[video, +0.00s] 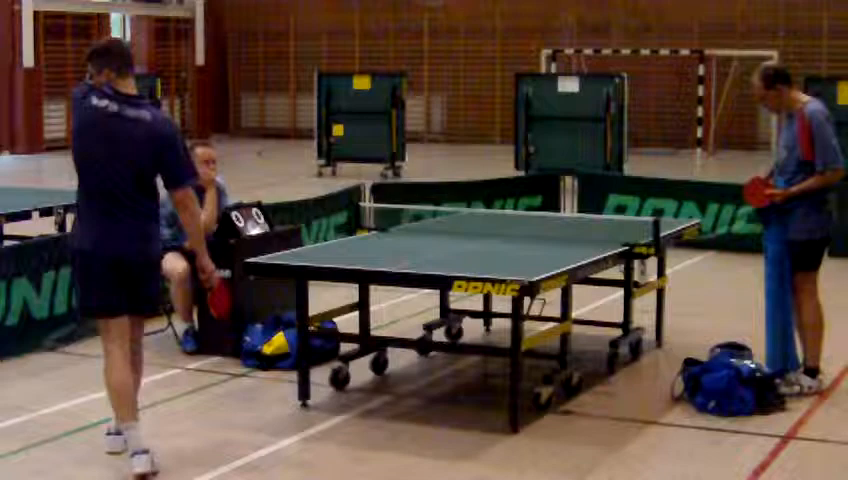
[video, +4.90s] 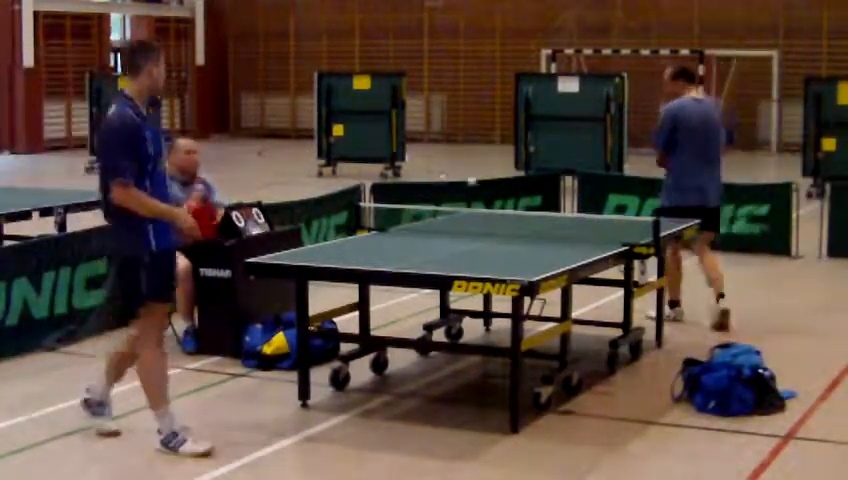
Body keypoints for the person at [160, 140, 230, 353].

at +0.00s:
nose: (211, 169)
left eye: (213, 163)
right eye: (205, 163)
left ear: (216, 165)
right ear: (191, 167)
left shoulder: (218, 189)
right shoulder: (175, 194)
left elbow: (218, 223)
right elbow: (204, 227)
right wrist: (211, 191)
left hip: (203, 241)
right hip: (173, 243)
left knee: (229, 263)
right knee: (180, 270)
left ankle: (223, 321)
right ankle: (188, 326)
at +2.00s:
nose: (212, 168)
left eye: (214, 163)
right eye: (206, 163)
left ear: (217, 164)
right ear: (190, 166)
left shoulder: (218, 187)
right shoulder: (178, 191)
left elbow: (225, 221)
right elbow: (204, 226)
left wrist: (199, 236)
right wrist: (211, 189)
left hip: (200, 241)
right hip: (168, 244)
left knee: (227, 262)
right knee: (182, 270)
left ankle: (224, 321)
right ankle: (188, 327)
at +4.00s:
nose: (212, 168)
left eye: (214, 163)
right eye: (206, 163)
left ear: (217, 165)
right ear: (190, 166)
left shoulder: (217, 187)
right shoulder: (179, 192)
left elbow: (227, 221)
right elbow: (205, 226)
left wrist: (197, 237)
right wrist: (211, 188)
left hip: (198, 241)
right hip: (165, 245)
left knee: (227, 262)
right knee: (181, 269)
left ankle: (222, 321)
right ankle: (188, 326)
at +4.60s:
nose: (204, 168)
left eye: (206, 162)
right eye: (198, 162)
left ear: (210, 164)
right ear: (184, 165)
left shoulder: (213, 188)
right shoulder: (169, 194)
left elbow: (224, 224)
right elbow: (187, 225)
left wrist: (198, 235)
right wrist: (202, 188)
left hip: (199, 241)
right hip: (165, 243)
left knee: (226, 259)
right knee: (183, 266)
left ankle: (223, 321)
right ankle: (189, 326)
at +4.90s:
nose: (194, 159)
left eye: (195, 153)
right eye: (187, 153)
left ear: (199, 158)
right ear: (171, 158)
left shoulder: (202, 184)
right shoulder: (163, 185)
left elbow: (219, 207)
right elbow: (165, 216)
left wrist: (217, 220)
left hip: (202, 240)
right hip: (173, 244)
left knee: (225, 262)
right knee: (184, 267)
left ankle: (222, 319)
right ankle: (188, 325)